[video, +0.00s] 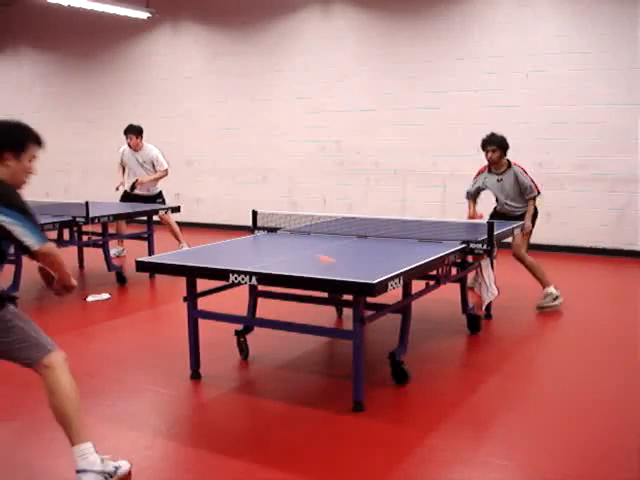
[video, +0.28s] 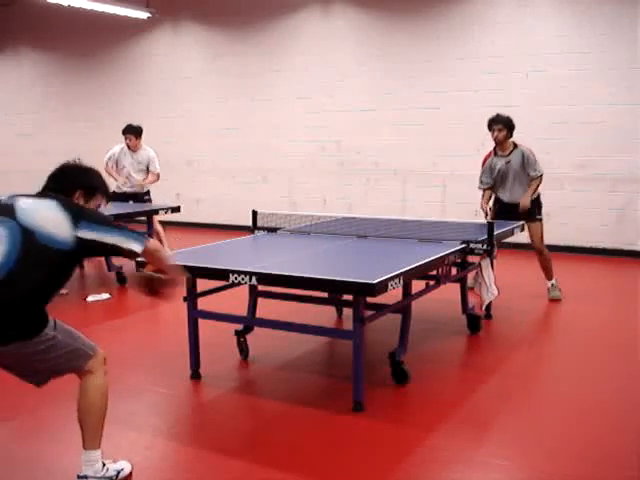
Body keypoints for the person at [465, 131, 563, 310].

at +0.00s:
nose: (489, 156)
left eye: (493, 152)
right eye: (486, 152)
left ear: (503, 152)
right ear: (484, 153)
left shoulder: (516, 171)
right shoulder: (484, 174)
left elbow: (532, 195)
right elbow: (473, 193)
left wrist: (528, 220)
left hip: (523, 212)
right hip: (501, 212)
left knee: (518, 251)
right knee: (484, 245)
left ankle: (550, 290)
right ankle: (480, 278)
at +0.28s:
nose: (495, 135)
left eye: (499, 131)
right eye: (493, 131)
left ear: (509, 132)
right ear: (490, 133)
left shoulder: (524, 153)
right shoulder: (490, 160)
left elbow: (537, 176)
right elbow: (488, 185)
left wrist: (527, 196)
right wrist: (484, 202)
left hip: (527, 202)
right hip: (503, 203)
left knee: (538, 245)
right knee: (490, 243)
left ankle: (552, 283)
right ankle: (479, 276)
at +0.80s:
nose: (507, 152)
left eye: (509, 148)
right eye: (505, 149)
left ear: (520, 147)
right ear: (519, 150)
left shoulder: (524, 163)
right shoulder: (531, 164)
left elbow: (514, 188)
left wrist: (488, 204)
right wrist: (531, 224)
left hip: (562, 211)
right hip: (546, 215)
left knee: (568, 261)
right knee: (520, 242)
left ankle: (603, 299)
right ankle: (521, 285)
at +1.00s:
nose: (500, 149)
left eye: (502, 145)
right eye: (499, 145)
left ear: (512, 145)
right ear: (519, 146)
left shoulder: (515, 159)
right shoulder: (534, 161)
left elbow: (522, 173)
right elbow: (555, 184)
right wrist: (573, 203)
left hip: (548, 209)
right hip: (539, 212)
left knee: (566, 258)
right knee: (514, 245)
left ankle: (606, 297)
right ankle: (521, 285)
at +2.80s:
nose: (547, 117)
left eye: (550, 113)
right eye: (547, 113)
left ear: (562, 116)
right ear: (562, 117)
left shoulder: (566, 136)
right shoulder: (569, 136)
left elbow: (569, 167)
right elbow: (586, 168)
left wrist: (547, 175)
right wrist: (555, 177)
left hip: (570, 193)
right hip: (575, 191)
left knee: (563, 247)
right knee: (567, 245)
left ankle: (566, 297)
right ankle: (577, 288)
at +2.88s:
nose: (548, 117)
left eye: (552, 113)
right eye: (548, 113)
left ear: (563, 116)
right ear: (563, 117)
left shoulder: (569, 136)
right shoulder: (568, 136)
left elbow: (572, 167)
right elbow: (572, 167)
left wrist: (549, 175)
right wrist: (552, 178)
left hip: (572, 191)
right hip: (572, 190)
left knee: (565, 245)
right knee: (569, 244)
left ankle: (566, 296)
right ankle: (577, 289)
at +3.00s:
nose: (554, 117)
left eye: (557, 112)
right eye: (554, 113)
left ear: (569, 114)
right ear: (566, 115)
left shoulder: (578, 135)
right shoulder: (568, 137)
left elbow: (580, 167)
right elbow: (570, 167)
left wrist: (555, 174)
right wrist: (554, 177)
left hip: (579, 190)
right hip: (571, 190)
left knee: (573, 243)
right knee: (572, 243)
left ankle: (574, 293)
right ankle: (577, 289)